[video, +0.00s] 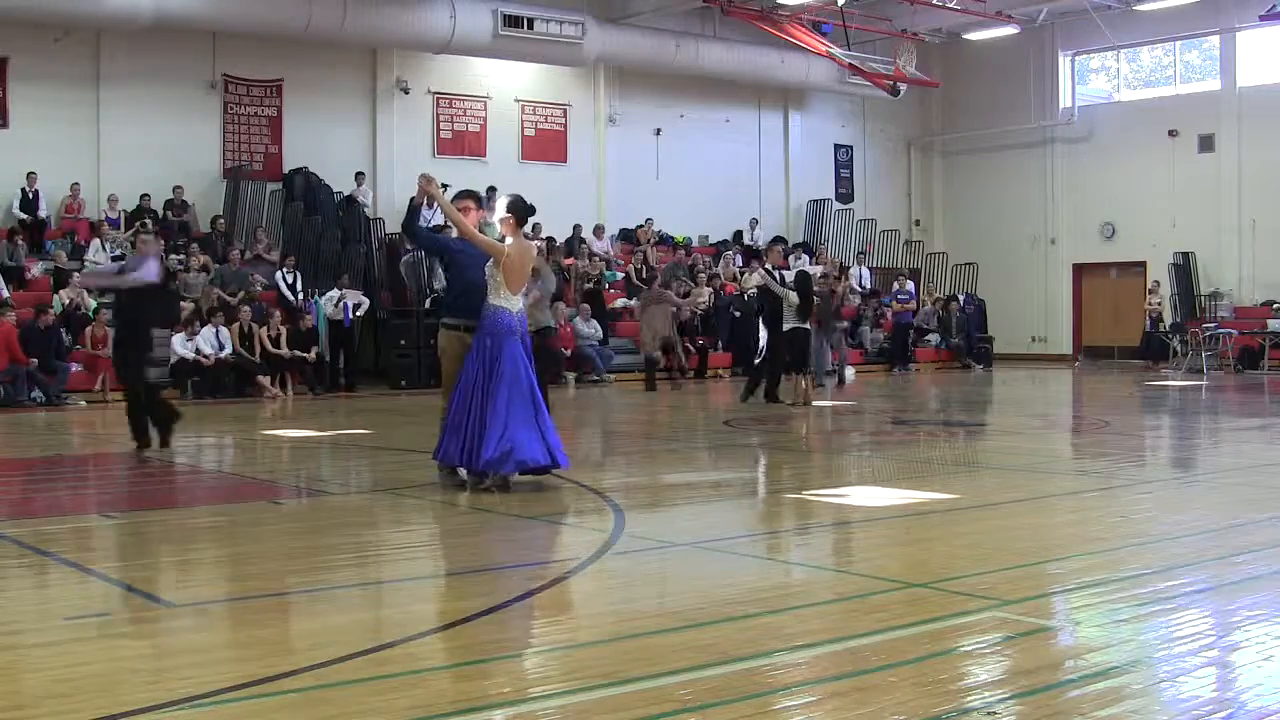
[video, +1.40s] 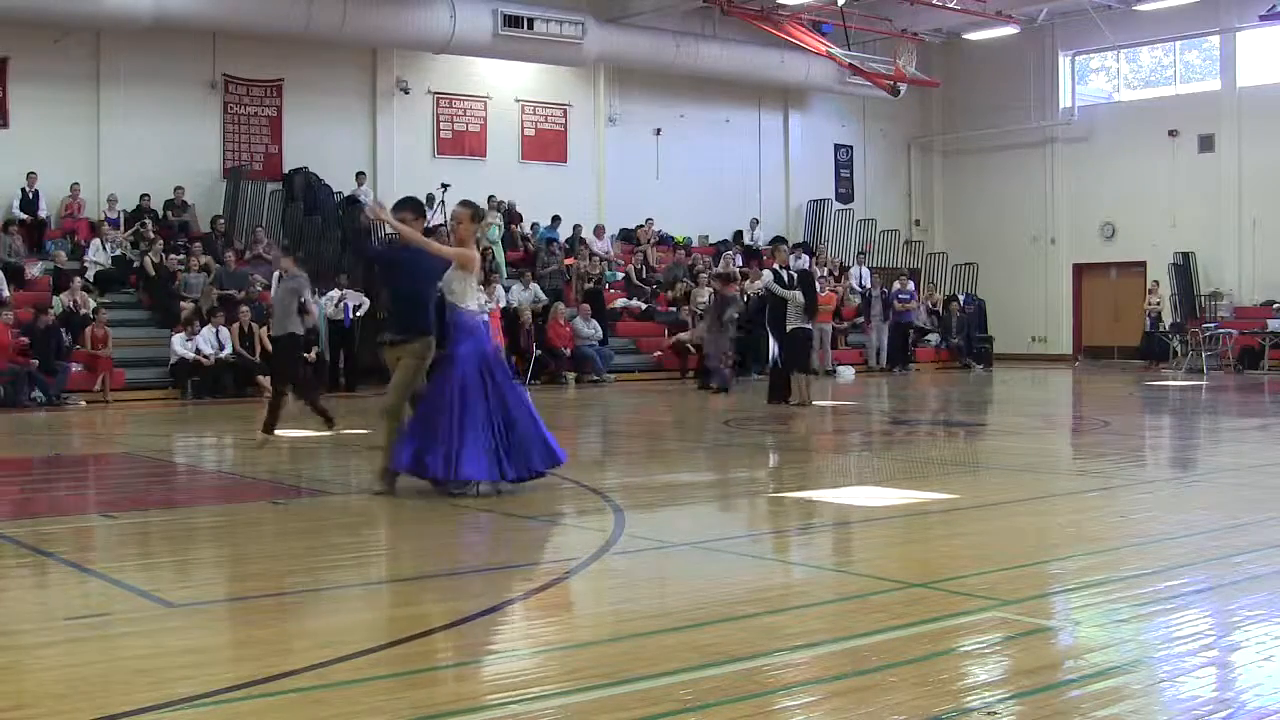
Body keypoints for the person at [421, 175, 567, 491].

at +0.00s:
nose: (497, 218)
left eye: (500, 214)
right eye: (500, 214)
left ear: (509, 220)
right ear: (522, 220)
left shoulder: (503, 250)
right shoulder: (531, 249)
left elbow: (465, 228)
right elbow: (535, 273)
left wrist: (438, 195)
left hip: (496, 323)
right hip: (517, 322)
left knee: (492, 392)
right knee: (510, 392)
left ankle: (493, 462)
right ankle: (505, 462)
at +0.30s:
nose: (499, 226)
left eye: (501, 221)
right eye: (500, 221)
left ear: (513, 222)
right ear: (520, 223)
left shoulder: (505, 251)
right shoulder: (535, 252)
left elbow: (467, 246)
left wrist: (438, 233)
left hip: (499, 325)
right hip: (520, 325)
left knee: (489, 391)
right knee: (512, 394)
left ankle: (485, 461)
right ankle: (506, 461)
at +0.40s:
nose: (496, 227)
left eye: (500, 222)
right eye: (498, 221)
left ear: (512, 224)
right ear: (521, 224)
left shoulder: (503, 253)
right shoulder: (533, 252)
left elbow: (456, 259)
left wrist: (427, 245)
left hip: (500, 328)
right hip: (520, 328)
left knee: (463, 382)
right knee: (510, 394)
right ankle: (505, 460)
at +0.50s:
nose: (494, 231)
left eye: (497, 225)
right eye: (495, 225)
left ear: (509, 227)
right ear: (514, 227)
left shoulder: (503, 257)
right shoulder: (528, 254)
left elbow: (457, 274)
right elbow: (520, 285)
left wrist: (430, 251)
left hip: (500, 330)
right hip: (518, 328)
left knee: (460, 381)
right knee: (512, 394)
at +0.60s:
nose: (487, 226)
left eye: (492, 222)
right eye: (488, 222)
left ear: (506, 226)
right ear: (506, 227)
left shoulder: (505, 258)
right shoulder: (511, 255)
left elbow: (461, 261)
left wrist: (432, 233)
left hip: (500, 335)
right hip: (505, 332)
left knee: (458, 392)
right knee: (506, 399)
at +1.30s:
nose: (465, 223)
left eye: (472, 219)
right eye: (465, 218)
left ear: (487, 225)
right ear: (467, 222)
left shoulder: (480, 253)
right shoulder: (469, 249)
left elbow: (439, 244)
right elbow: (437, 241)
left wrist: (403, 221)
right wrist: (406, 225)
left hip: (476, 331)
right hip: (474, 328)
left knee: (465, 398)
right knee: (491, 397)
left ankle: (464, 469)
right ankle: (509, 465)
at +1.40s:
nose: (453, 227)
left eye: (459, 223)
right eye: (453, 222)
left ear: (475, 226)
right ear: (457, 225)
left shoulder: (469, 256)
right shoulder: (461, 255)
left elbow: (427, 244)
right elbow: (424, 242)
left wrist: (389, 219)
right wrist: (394, 225)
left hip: (469, 332)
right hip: (462, 330)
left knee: (459, 397)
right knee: (462, 397)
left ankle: (464, 467)